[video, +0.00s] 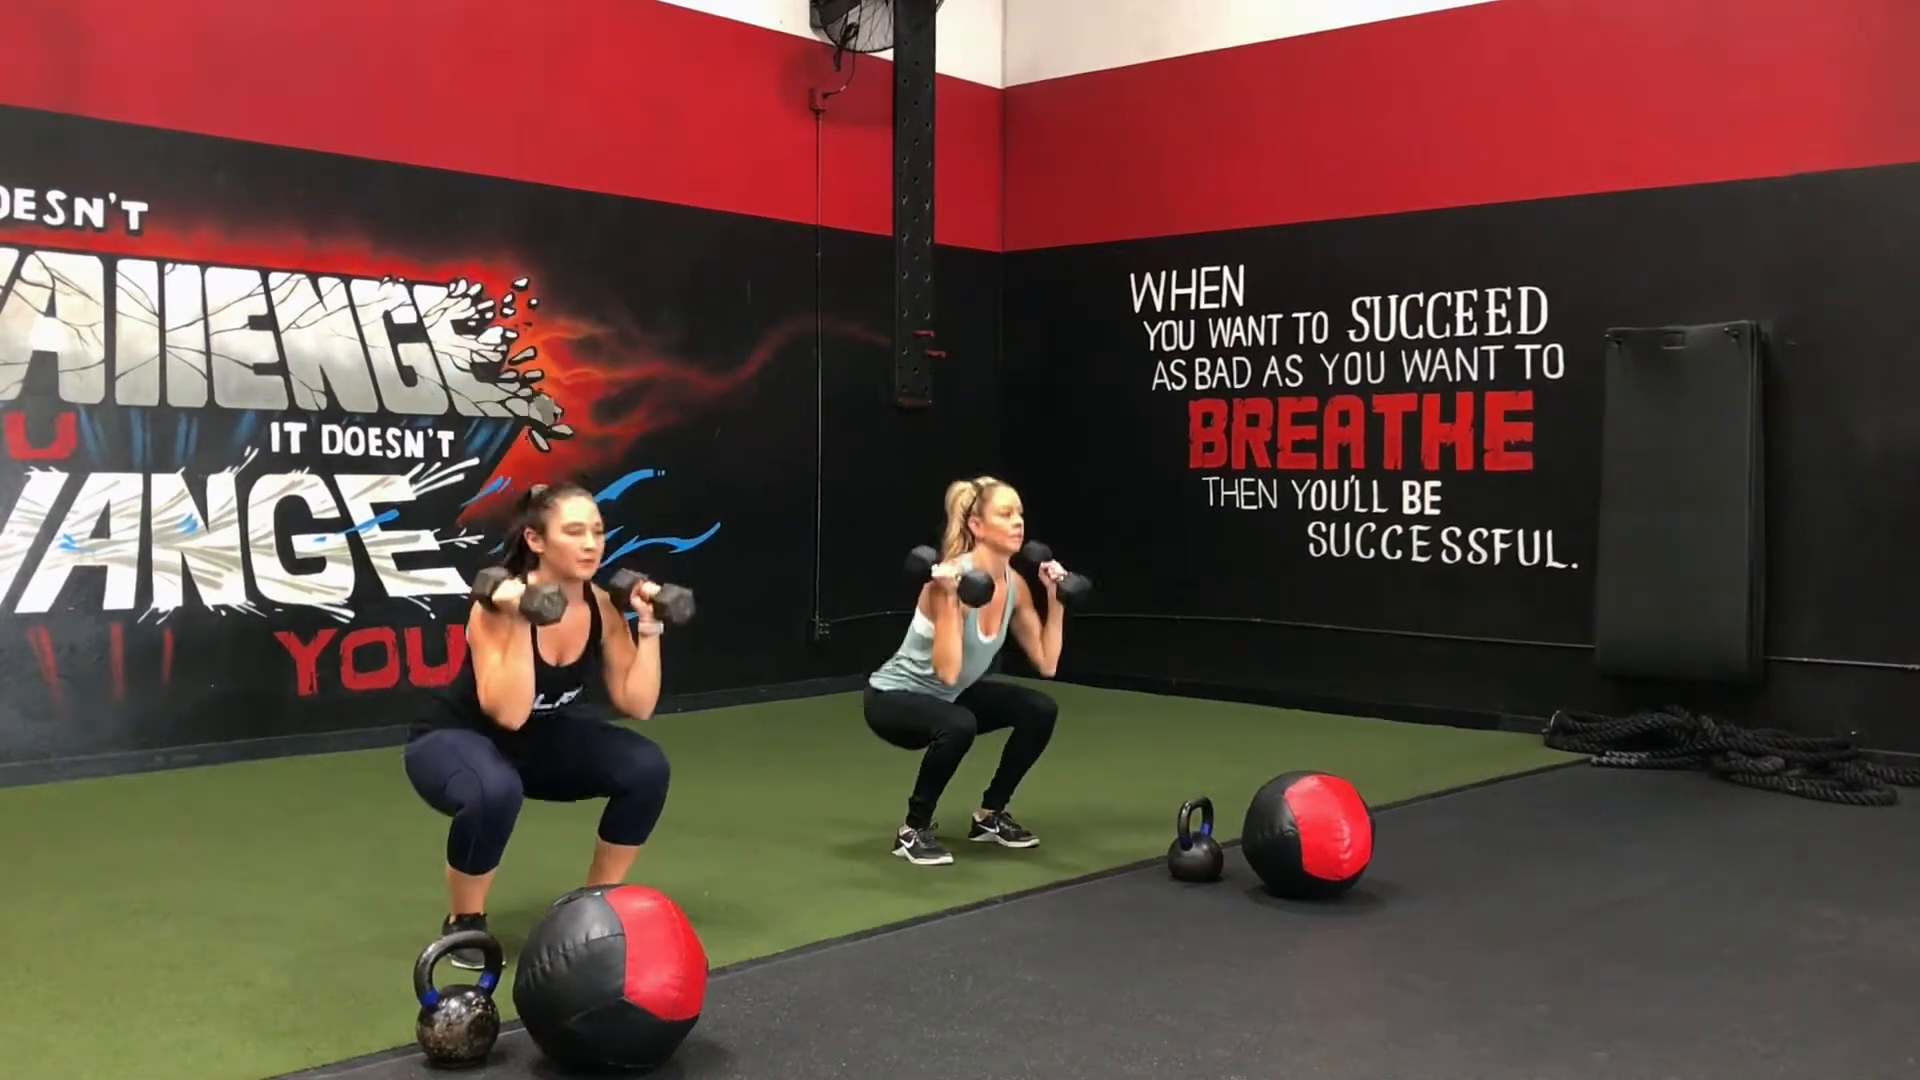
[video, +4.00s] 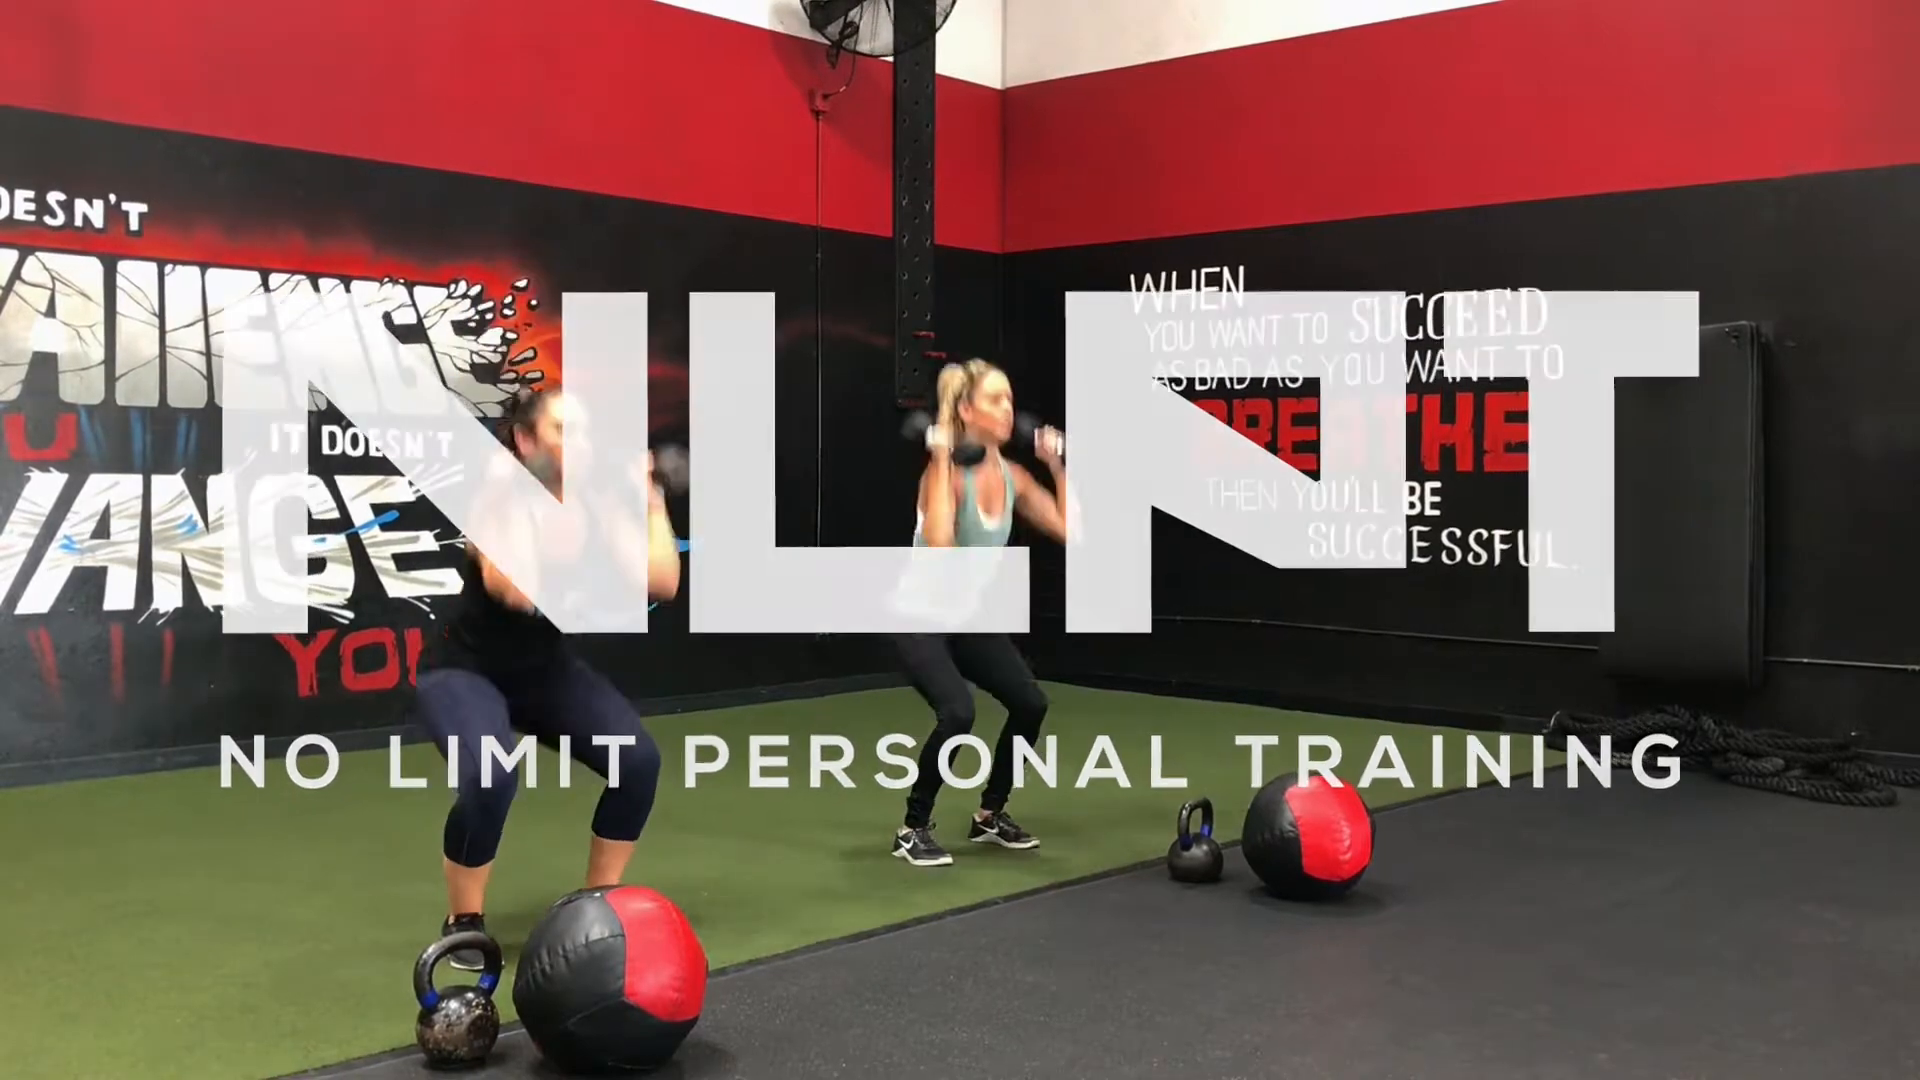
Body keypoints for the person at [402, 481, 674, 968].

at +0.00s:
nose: (591, 543)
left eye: (597, 531)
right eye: (575, 531)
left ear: (604, 539)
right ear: (535, 542)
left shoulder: (604, 606)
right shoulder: (496, 605)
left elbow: (638, 704)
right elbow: (509, 712)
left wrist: (649, 626)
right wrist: (519, 617)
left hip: (541, 739)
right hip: (458, 738)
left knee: (645, 768)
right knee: (494, 791)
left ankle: (596, 907)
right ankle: (466, 926)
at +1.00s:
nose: (587, 548)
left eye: (592, 535)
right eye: (572, 536)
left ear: (601, 541)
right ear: (533, 545)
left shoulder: (600, 607)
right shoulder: (493, 608)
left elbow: (635, 699)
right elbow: (505, 714)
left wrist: (644, 628)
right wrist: (515, 620)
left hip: (537, 741)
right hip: (454, 738)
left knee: (640, 768)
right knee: (495, 785)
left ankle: (596, 907)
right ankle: (464, 924)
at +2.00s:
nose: (566, 527)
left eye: (578, 515)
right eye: (556, 514)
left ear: (592, 521)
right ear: (532, 519)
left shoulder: (602, 575)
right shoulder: (491, 575)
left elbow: (634, 673)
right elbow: (507, 689)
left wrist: (652, 586)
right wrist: (515, 595)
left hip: (538, 716)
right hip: (452, 712)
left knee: (640, 764)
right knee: (492, 785)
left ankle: (598, 909)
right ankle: (464, 925)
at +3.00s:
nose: (584, 482)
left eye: (591, 469)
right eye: (571, 469)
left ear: (602, 476)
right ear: (536, 478)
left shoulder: (606, 537)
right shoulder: (496, 546)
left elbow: (647, 642)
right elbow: (513, 649)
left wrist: (649, 555)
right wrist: (527, 551)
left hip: (536, 679)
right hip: (456, 682)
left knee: (637, 760)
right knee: (488, 781)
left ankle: (596, 906)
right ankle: (466, 925)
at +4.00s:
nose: (573, 441)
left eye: (577, 429)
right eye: (560, 429)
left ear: (587, 437)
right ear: (524, 438)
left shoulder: (596, 499)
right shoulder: (500, 490)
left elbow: (664, 582)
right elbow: (512, 591)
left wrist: (653, 498)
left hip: (543, 663)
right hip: (463, 665)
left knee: (637, 762)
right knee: (490, 773)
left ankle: (594, 909)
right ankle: (465, 926)